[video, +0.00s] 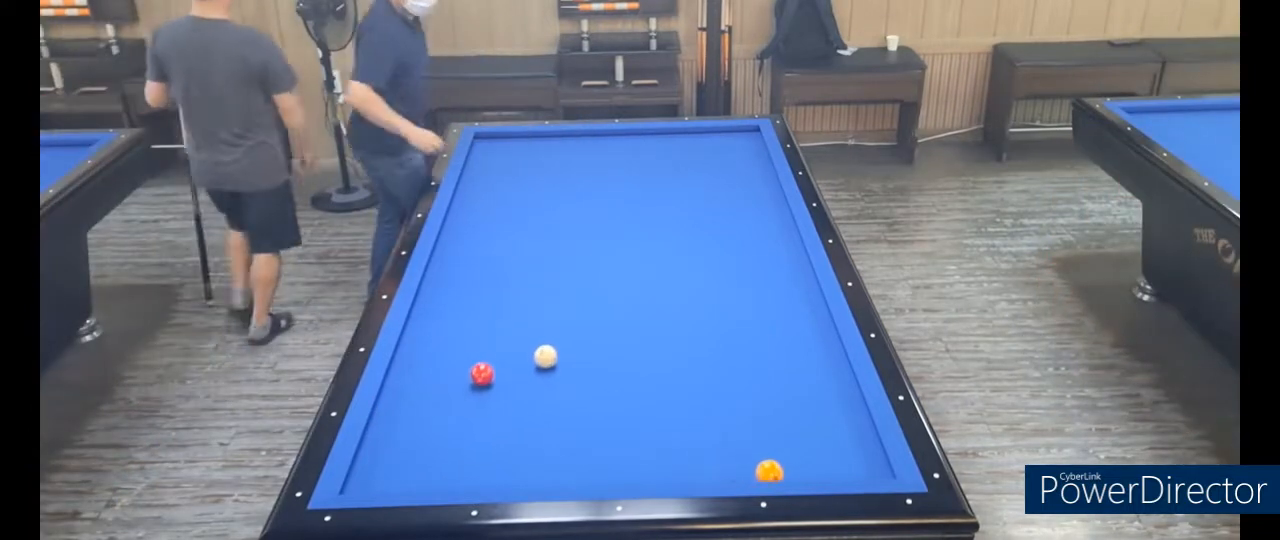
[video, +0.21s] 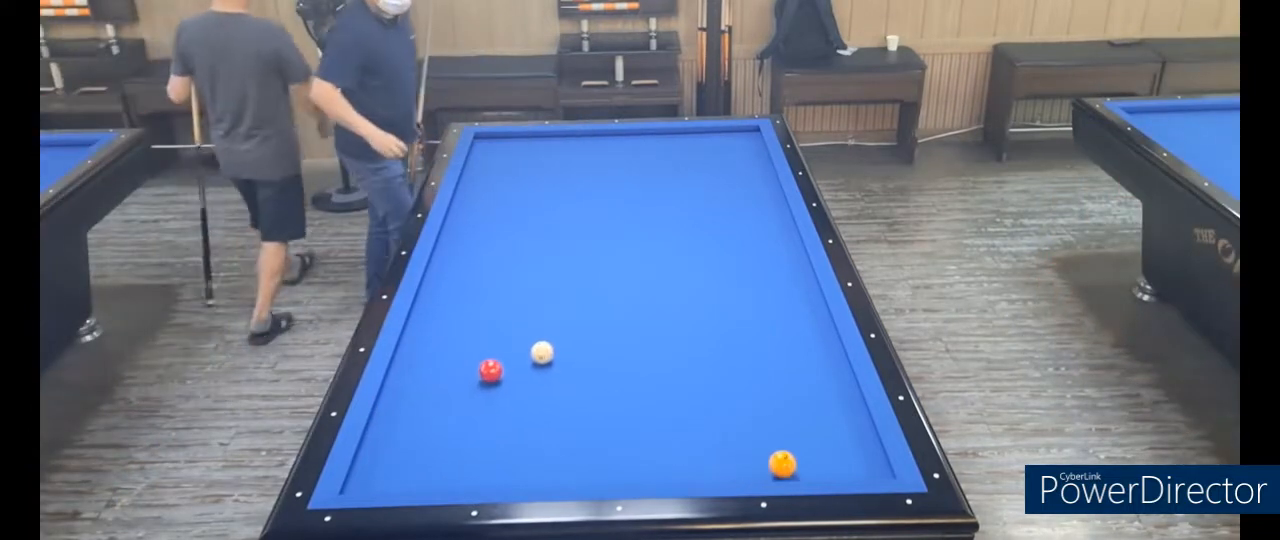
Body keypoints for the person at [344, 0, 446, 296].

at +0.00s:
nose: (429, 2)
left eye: (428, 1)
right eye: (423, 0)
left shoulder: (407, 19)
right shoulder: (382, 28)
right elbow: (358, 93)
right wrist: (412, 132)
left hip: (400, 144)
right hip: (386, 149)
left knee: (391, 223)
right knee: (428, 219)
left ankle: (381, 295)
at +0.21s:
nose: (403, 1)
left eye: (404, 2)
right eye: (396, 0)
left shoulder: (399, 18)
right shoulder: (352, 27)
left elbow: (403, 78)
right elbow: (321, 91)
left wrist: (412, 125)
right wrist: (373, 134)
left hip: (396, 146)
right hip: (368, 154)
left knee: (383, 227)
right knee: (406, 227)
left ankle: (378, 299)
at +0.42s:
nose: (379, 9)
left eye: (383, 6)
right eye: (371, 6)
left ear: (388, 2)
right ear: (349, 0)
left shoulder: (387, 19)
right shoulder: (328, 33)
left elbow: (393, 79)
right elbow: (301, 100)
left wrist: (407, 123)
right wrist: (351, 142)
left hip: (389, 155)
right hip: (355, 162)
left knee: (389, 241)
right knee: (376, 249)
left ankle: (386, 324)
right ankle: (365, 334)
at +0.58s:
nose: (360, 6)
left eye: (365, 2)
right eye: (349, 2)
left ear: (371, 2)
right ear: (328, 4)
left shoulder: (371, 28)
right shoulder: (312, 43)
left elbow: (380, 82)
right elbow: (284, 112)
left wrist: (398, 123)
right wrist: (339, 152)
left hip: (378, 171)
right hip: (344, 180)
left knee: (387, 251)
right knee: (358, 264)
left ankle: (388, 336)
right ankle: (352, 348)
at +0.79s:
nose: (341, 9)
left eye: (346, 2)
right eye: (329, 4)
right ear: (306, 4)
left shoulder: (356, 27)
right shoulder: (288, 50)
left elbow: (378, 81)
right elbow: (265, 121)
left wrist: (397, 133)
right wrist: (321, 139)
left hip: (370, 174)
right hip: (331, 184)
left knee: (380, 256)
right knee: (350, 269)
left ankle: (384, 337)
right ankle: (351, 351)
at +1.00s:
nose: (322, 9)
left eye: (326, 1)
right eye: (309, 3)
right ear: (285, 6)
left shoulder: (350, 28)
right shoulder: (270, 51)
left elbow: (377, 84)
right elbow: (269, 128)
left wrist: (386, 134)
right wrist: (317, 112)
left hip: (366, 175)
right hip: (321, 184)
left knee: (371, 262)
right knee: (337, 272)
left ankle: (376, 337)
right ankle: (348, 351)